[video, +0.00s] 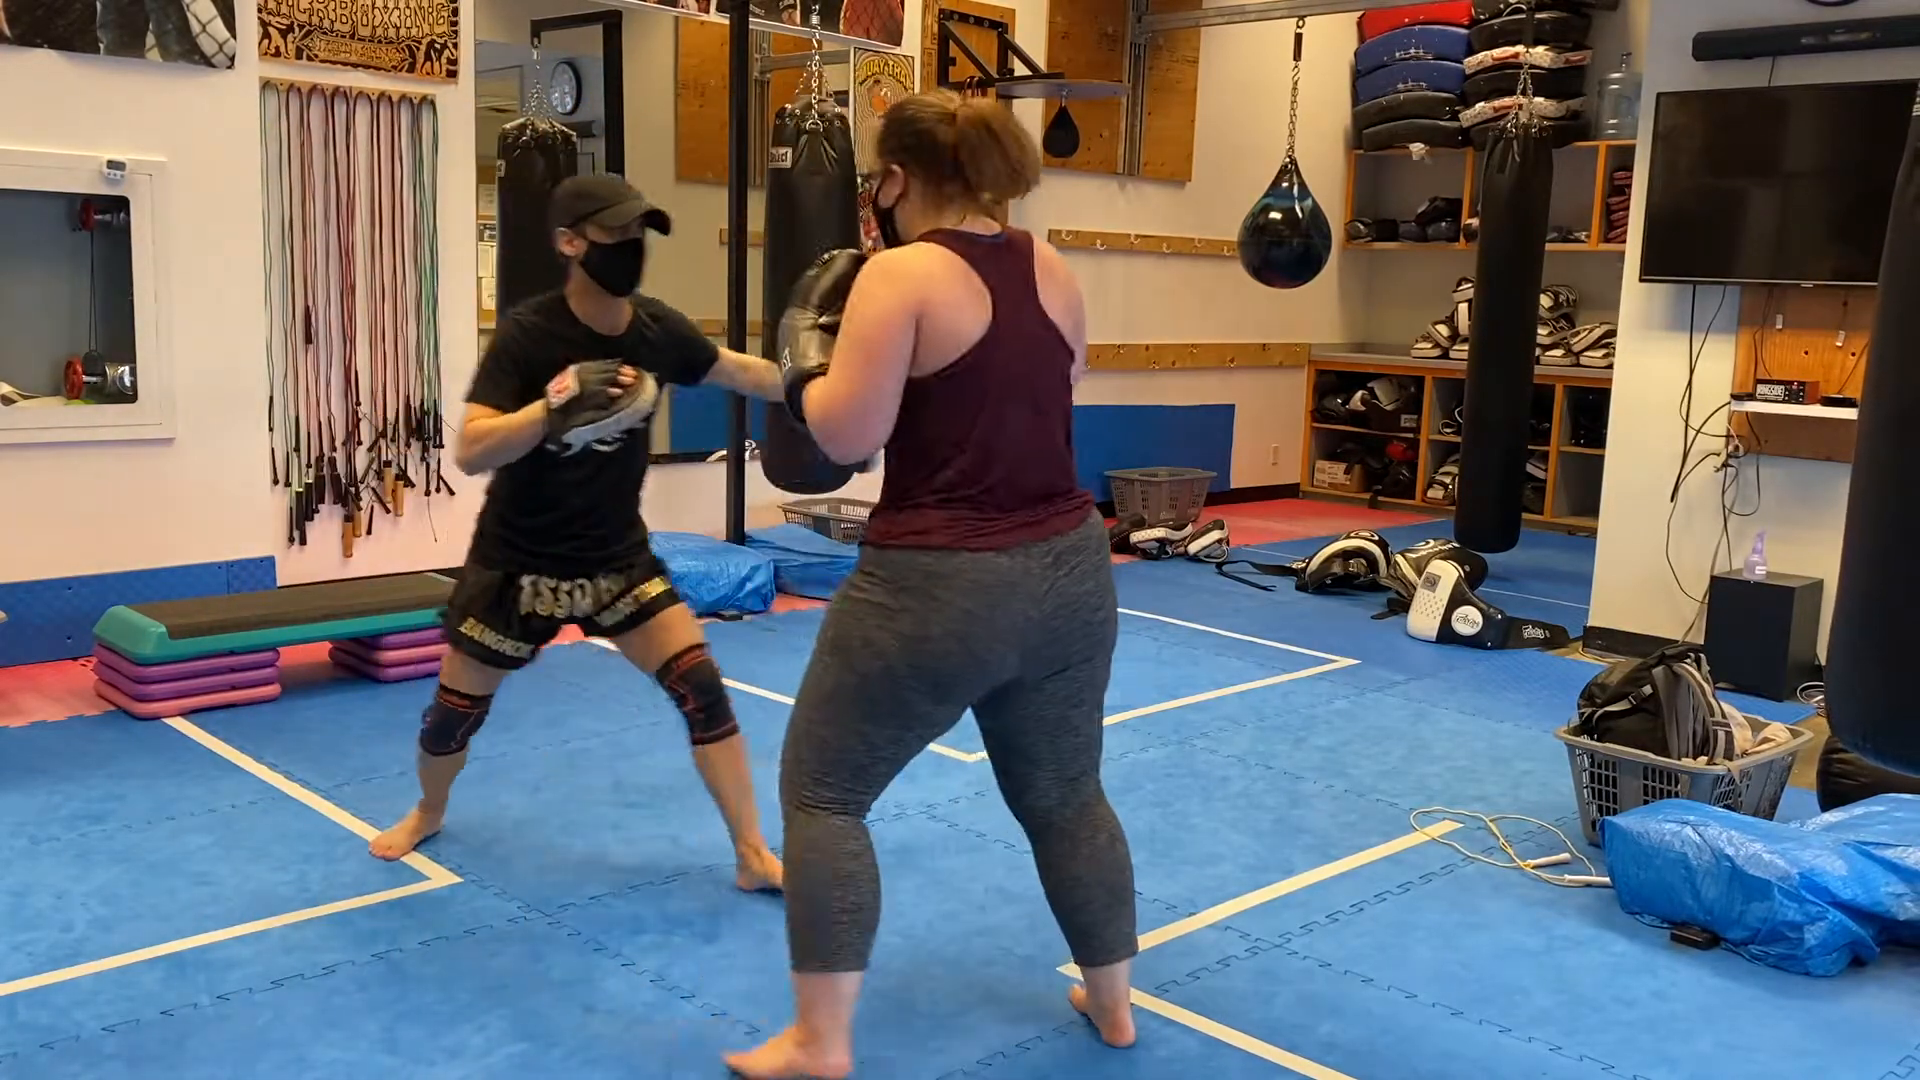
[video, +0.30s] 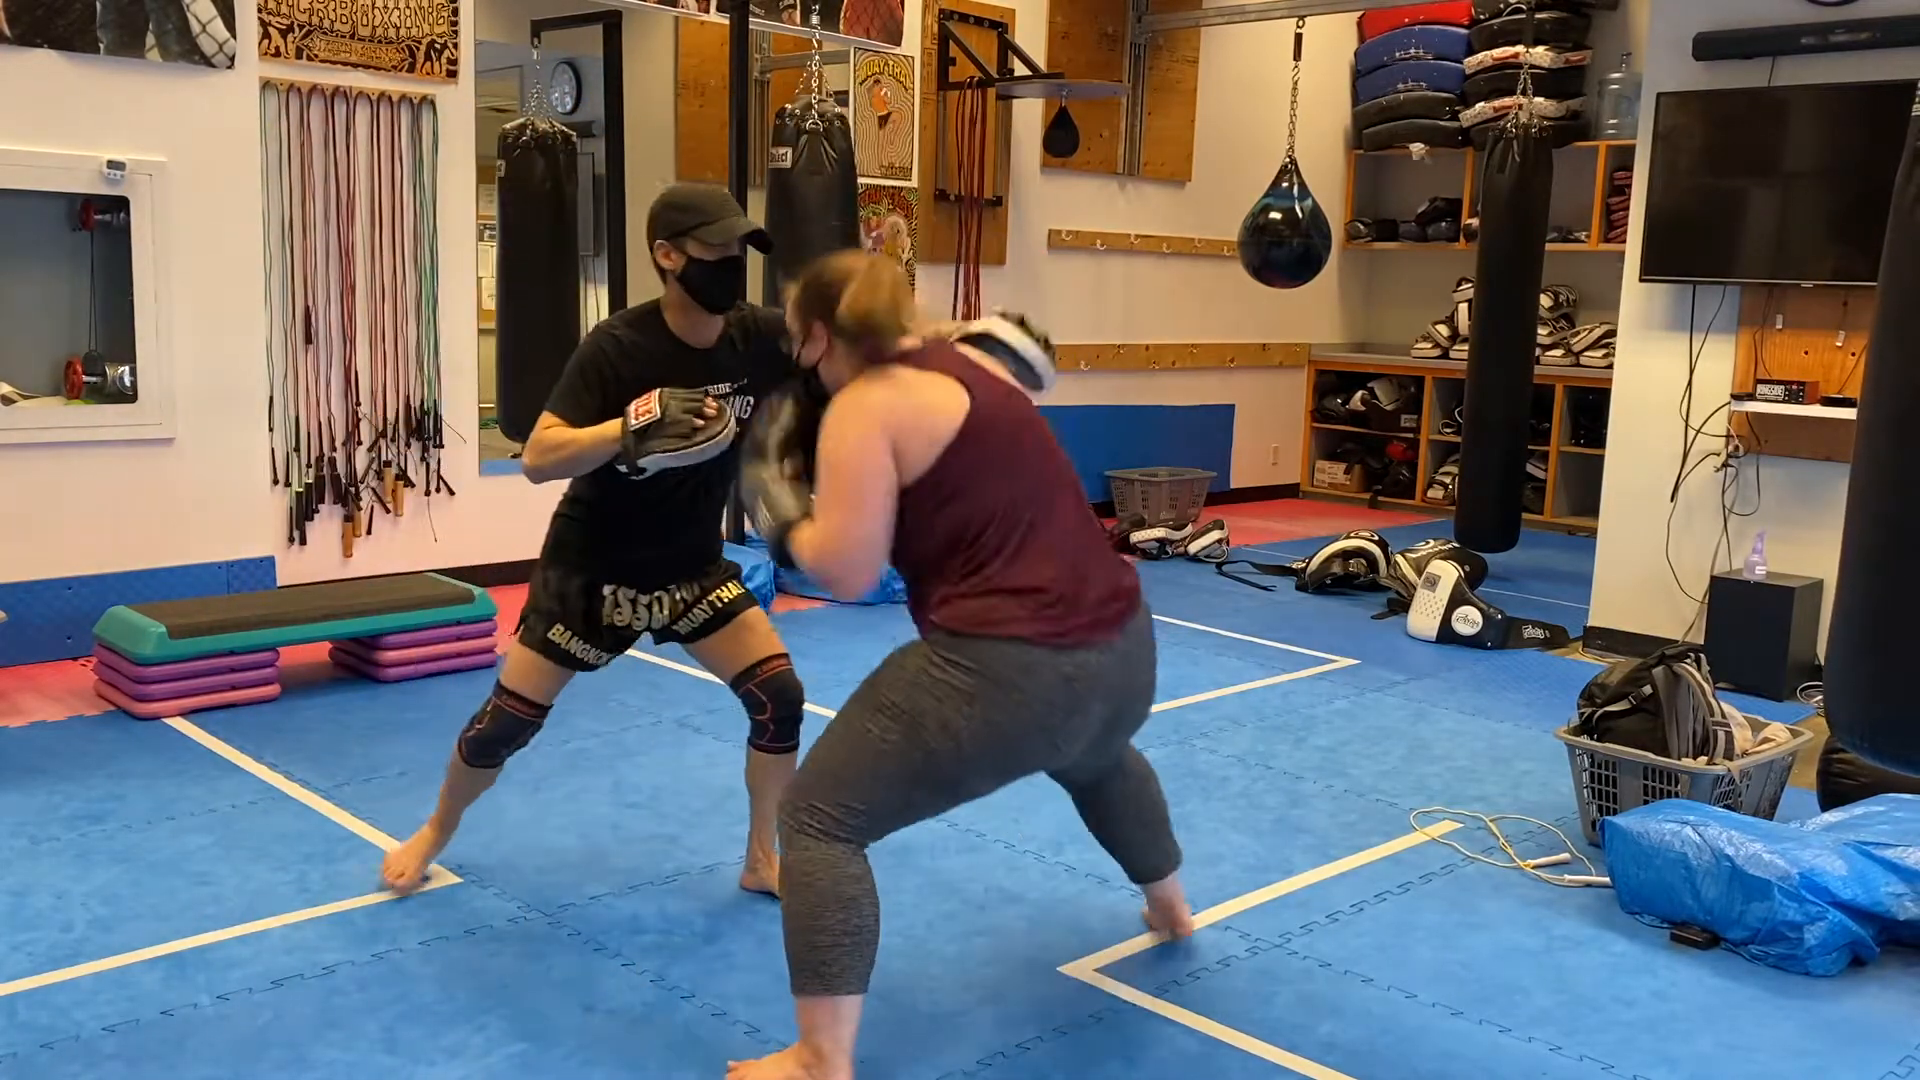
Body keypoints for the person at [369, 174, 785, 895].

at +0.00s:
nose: (636, 248)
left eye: (639, 235)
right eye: (618, 237)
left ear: (642, 237)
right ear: (570, 243)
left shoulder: (658, 331)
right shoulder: (528, 332)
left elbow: (746, 373)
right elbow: (472, 448)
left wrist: (818, 376)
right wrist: (558, 408)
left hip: (617, 554)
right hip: (516, 555)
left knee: (702, 688)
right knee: (448, 723)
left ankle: (752, 852)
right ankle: (429, 813)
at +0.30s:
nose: (733, 264)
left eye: (737, 249)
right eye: (715, 252)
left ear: (747, 245)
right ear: (667, 257)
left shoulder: (758, 338)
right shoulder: (617, 346)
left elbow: (842, 364)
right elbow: (539, 456)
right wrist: (629, 429)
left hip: (692, 565)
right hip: (590, 567)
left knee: (779, 699)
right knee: (504, 725)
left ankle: (763, 856)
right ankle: (434, 833)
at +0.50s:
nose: (697, 258)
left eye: (699, 244)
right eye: (680, 247)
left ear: (701, 240)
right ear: (627, 251)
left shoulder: (719, 322)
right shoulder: (572, 348)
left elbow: (829, 304)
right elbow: (500, 467)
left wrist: (872, 264)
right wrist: (577, 434)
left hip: (682, 571)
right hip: (574, 576)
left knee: (773, 704)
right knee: (496, 729)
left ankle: (764, 859)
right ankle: (388, 902)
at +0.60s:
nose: (663, 239)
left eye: (663, 226)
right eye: (646, 227)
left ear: (617, 231)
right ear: (592, 230)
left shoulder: (674, 309)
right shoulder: (531, 327)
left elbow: (776, 312)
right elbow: (472, 459)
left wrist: (801, 289)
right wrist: (553, 405)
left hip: (636, 554)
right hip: (532, 559)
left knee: (726, 704)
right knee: (474, 733)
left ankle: (758, 859)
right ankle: (384, 905)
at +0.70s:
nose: (624, 224)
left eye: (623, 210)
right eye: (607, 211)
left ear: (571, 216)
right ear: (554, 215)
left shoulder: (627, 298)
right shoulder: (486, 312)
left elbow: (753, 339)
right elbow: (454, 444)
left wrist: (736, 343)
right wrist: (519, 352)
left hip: (584, 538)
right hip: (484, 543)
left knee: (681, 699)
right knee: (446, 732)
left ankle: (709, 858)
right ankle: (380, 907)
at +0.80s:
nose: (592, 222)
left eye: (594, 206)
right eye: (576, 207)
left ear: (576, 208)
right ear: (523, 208)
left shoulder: (602, 298)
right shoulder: (466, 302)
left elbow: (671, 366)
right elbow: (466, 427)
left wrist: (698, 405)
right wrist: (513, 310)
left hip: (557, 536)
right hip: (461, 540)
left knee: (642, 699)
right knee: (437, 734)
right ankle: (379, 908)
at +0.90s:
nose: (599, 207)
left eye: (601, 193)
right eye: (587, 193)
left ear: (560, 198)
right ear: (536, 195)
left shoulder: (578, 287)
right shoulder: (482, 295)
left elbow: (607, 368)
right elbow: (536, 409)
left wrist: (655, 399)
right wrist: (557, 291)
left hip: (537, 538)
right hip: (453, 541)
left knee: (593, 709)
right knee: (430, 736)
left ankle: (529, 877)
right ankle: (377, 908)